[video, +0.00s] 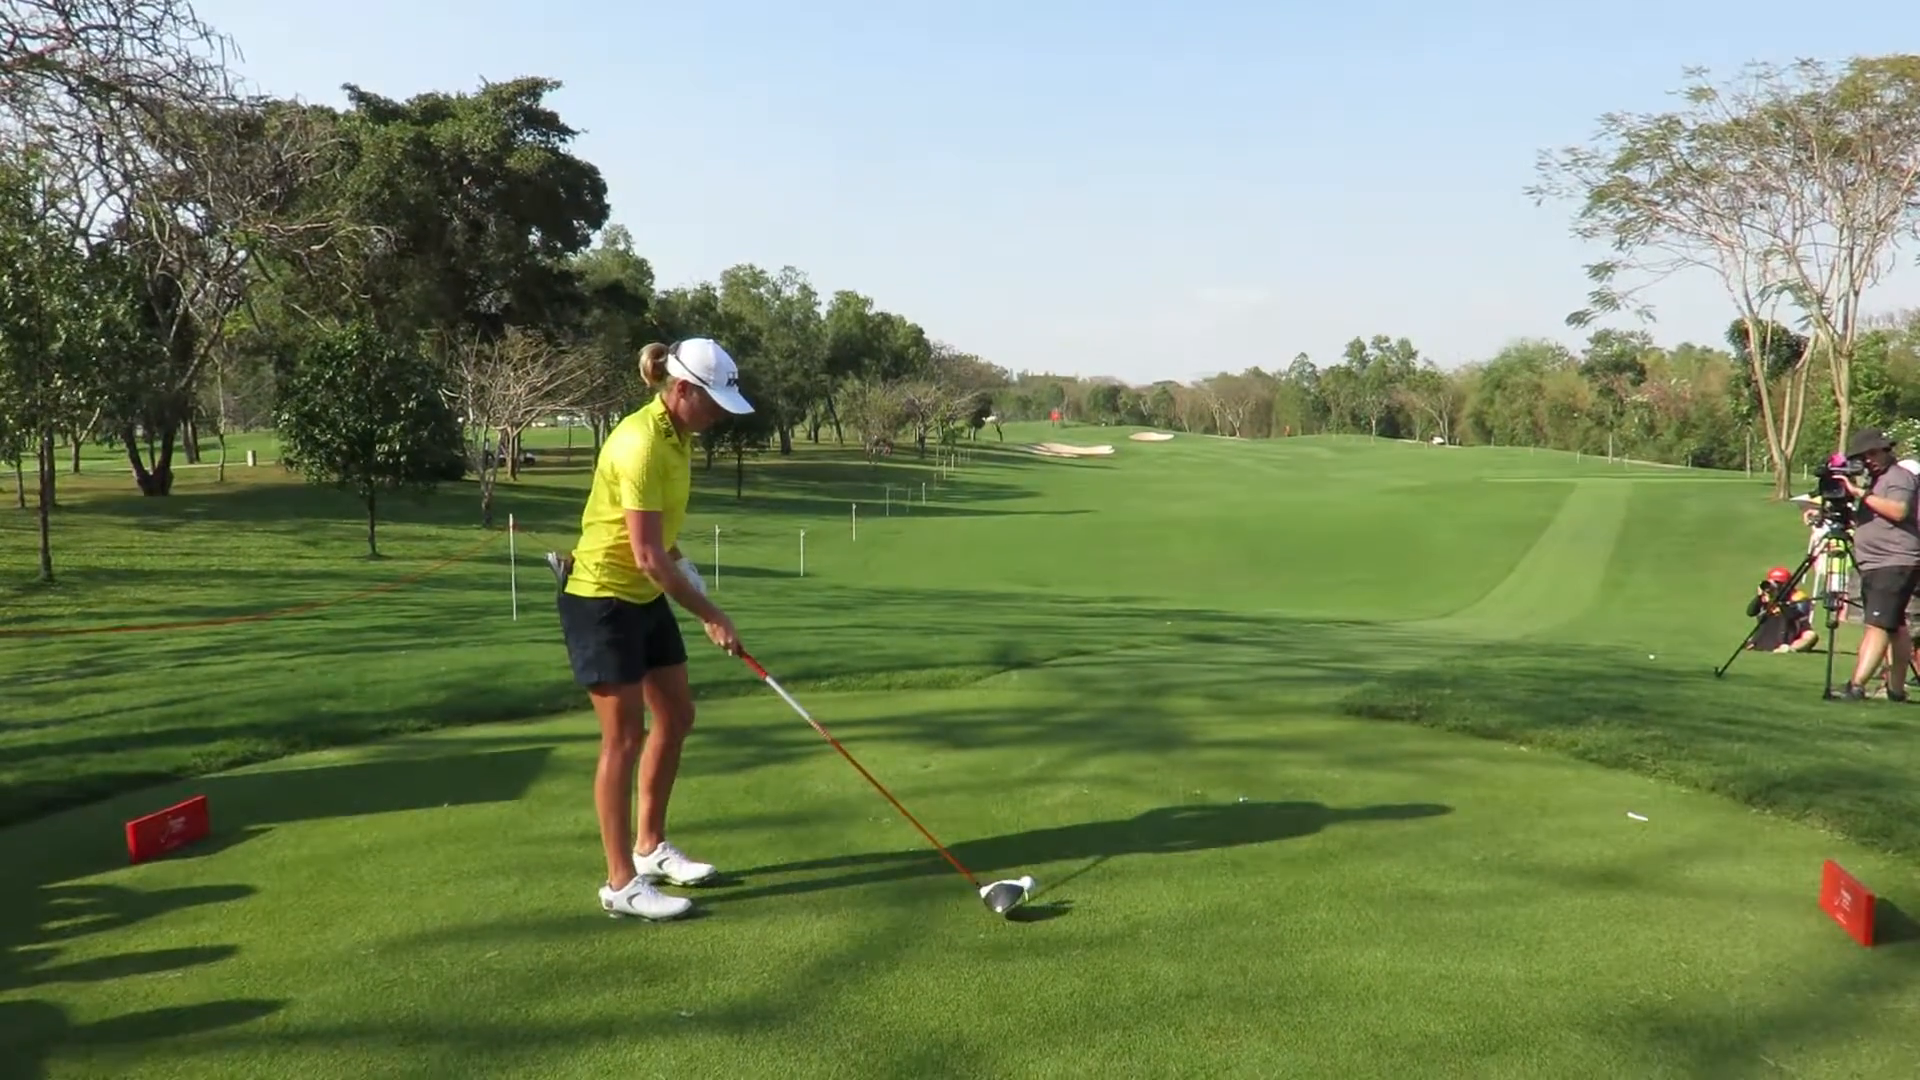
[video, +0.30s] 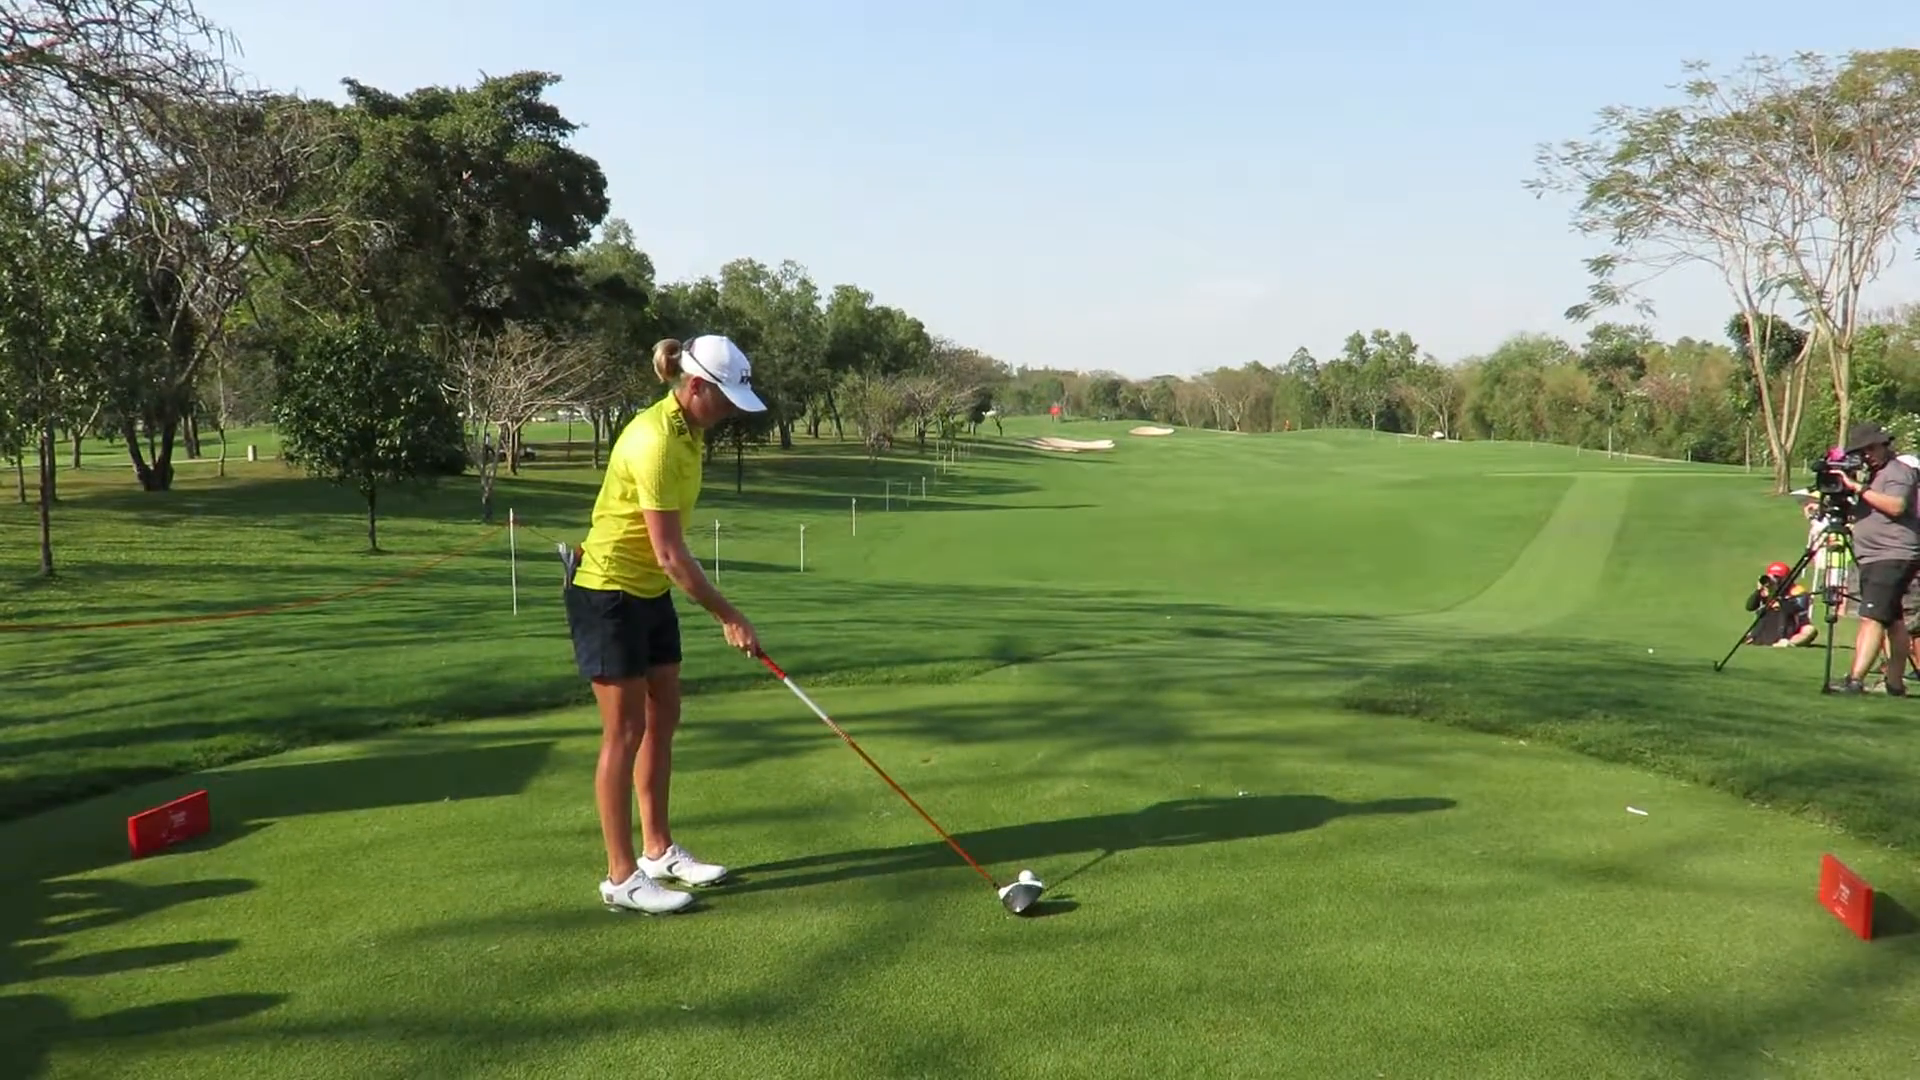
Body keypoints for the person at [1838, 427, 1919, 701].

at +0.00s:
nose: (1867, 462)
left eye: (1870, 455)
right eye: (1863, 458)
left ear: (1885, 452)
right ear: (1865, 459)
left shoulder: (1900, 476)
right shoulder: (1879, 480)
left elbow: (1898, 511)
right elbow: (1867, 517)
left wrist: (1861, 494)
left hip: (1895, 563)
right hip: (1876, 563)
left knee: (1877, 623)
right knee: (1895, 628)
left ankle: (1856, 685)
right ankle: (1897, 689)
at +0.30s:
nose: (1867, 457)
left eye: (1871, 450)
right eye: (1863, 452)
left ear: (1885, 446)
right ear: (1862, 453)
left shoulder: (1898, 472)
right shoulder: (1876, 475)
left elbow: (1896, 506)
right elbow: (1865, 510)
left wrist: (1858, 488)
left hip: (1893, 555)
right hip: (1875, 556)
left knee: (1872, 615)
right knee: (1893, 622)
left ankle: (1854, 680)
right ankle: (1895, 683)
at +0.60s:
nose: (1866, 451)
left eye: (1869, 445)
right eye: (1863, 447)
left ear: (1884, 440)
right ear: (1865, 447)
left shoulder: (1897, 465)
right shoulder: (1879, 468)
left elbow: (1894, 500)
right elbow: (1870, 502)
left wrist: (1857, 483)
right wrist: (1847, 481)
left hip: (1890, 550)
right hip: (1875, 550)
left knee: (1868, 608)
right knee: (1892, 615)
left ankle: (1854, 673)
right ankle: (1895, 676)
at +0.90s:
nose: (1866, 449)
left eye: (1870, 442)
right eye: (1862, 444)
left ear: (1885, 438)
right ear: (1861, 445)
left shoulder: (1896, 463)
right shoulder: (1877, 467)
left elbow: (1891, 498)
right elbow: (1867, 498)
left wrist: (1854, 482)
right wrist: (1843, 479)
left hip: (1889, 547)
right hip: (1874, 547)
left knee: (1866, 606)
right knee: (1891, 613)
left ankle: (1853, 671)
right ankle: (1894, 674)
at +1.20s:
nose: (1864, 450)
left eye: (1868, 443)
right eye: (1860, 446)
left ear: (1883, 439)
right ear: (1860, 447)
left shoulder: (1895, 464)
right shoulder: (1876, 468)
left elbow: (1889, 499)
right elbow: (1865, 494)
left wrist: (1852, 483)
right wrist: (1843, 477)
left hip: (1888, 548)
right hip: (1875, 548)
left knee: (1863, 606)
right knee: (1890, 613)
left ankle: (1853, 671)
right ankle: (1895, 675)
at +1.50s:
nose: (1863, 447)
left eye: (1866, 440)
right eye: (1859, 443)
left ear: (1882, 436)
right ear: (1858, 444)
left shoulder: (1893, 461)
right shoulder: (1875, 465)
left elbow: (1887, 497)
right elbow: (1865, 495)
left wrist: (1850, 481)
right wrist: (1842, 477)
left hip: (1892, 546)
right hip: (1875, 547)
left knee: (1869, 604)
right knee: (1892, 611)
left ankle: (1853, 670)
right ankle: (1895, 674)